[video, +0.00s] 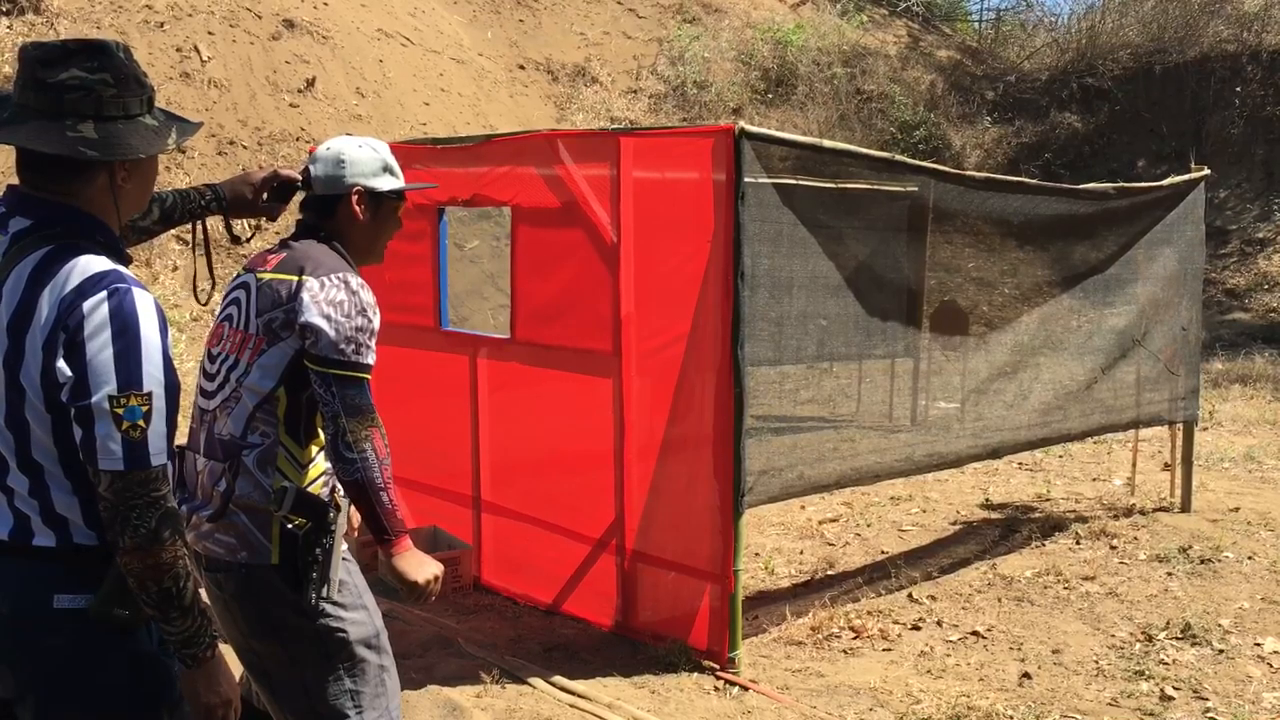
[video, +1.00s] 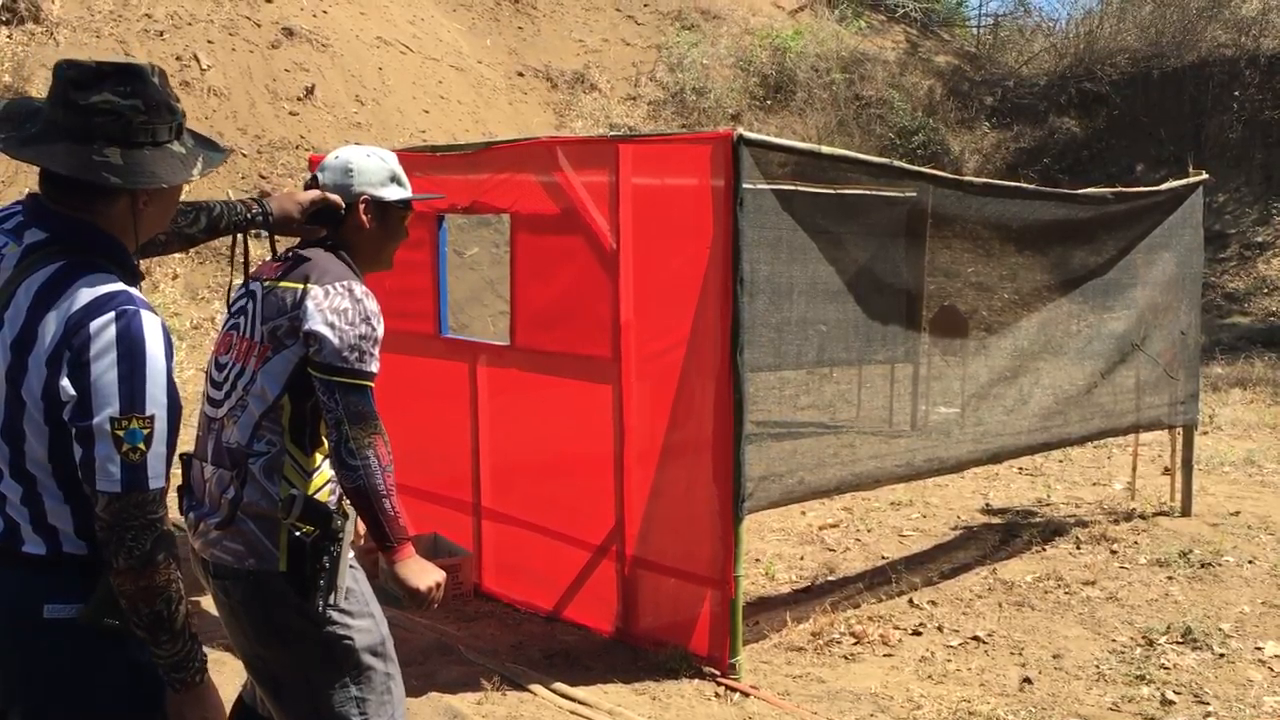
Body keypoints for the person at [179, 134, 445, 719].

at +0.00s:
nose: (402, 222)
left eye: (403, 207)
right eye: (397, 206)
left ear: (335, 201)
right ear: (358, 205)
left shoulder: (263, 266)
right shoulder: (337, 286)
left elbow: (273, 406)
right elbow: (352, 431)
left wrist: (334, 494)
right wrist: (401, 545)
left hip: (222, 531)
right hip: (280, 543)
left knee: (283, 694)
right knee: (363, 700)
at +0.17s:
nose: (405, 222)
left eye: (406, 208)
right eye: (399, 207)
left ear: (339, 203)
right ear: (360, 207)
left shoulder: (267, 267)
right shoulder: (339, 288)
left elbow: (276, 406)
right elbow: (354, 432)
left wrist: (336, 496)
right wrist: (403, 546)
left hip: (222, 529)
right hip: (281, 541)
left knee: (285, 690)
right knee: (365, 697)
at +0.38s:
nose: (406, 225)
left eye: (407, 210)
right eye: (400, 209)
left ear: (339, 206)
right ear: (362, 209)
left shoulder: (269, 270)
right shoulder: (340, 290)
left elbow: (278, 415)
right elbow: (356, 437)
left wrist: (341, 506)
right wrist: (404, 549)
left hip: (227, 530)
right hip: (285, 543)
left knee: (287, 690)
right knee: (369, 699)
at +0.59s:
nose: (408, 227)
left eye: (409, 212)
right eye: (401, 211)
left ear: (338, 209)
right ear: (363, 211)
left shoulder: (271, 274)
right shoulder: (342, 293)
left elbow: (276, 414)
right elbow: (356, 437)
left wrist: (339, 506)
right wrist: (405, 549)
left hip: (228, 530)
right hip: (285, 544)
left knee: (282, 688)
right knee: (370, 700)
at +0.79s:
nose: (409, 230)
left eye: (410, 215)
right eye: (402, 213)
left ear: (340, 212)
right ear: (363, 213)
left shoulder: (271, 274)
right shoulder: (342, 295)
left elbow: (273, 416)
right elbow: (357, 438)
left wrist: (338, 511)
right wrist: (405, 551)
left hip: (227, 530)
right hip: (285, 545)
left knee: (282, 688)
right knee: (371, 701)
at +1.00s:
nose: (409, 230)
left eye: (409, 215)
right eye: (401, 214)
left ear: (340, 212)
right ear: (362, 213)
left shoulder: (270, 275)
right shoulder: (343, 295)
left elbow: (274, 420)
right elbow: (356, 441)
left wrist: (339, 514)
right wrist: (403, 552)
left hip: (226, 532)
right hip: (284, 546)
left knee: (281, 689)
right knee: (370, 702)